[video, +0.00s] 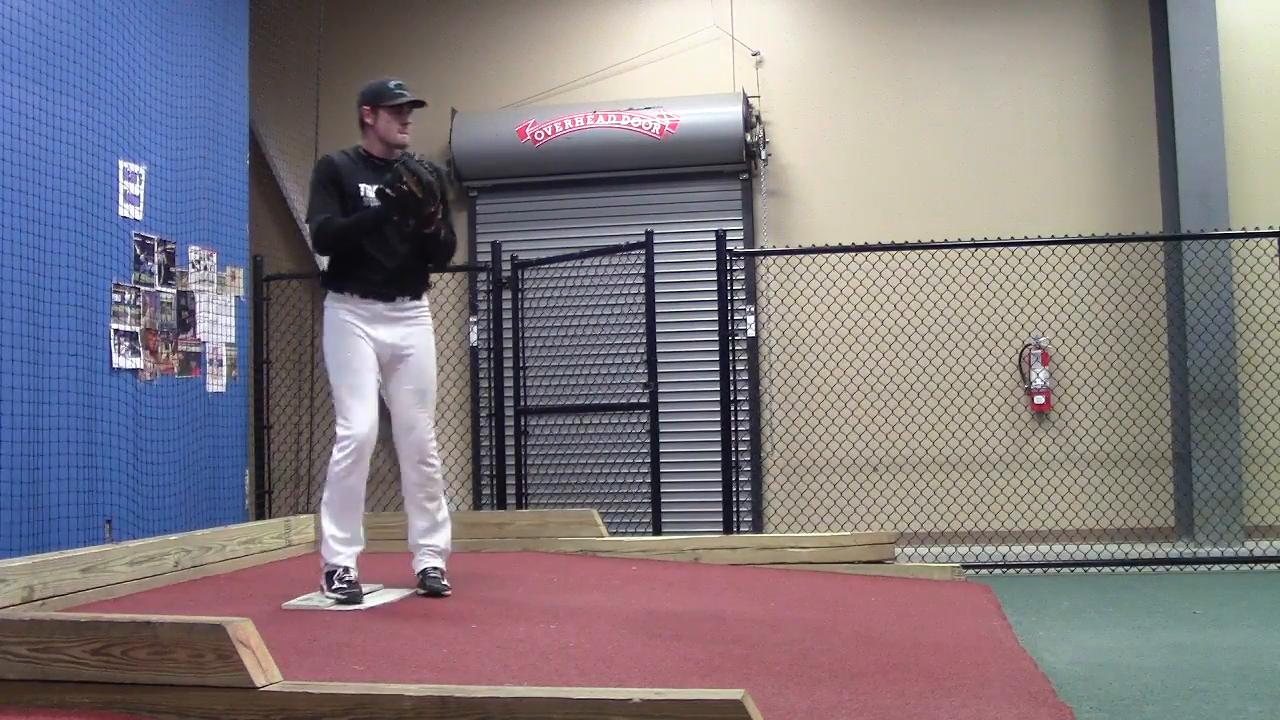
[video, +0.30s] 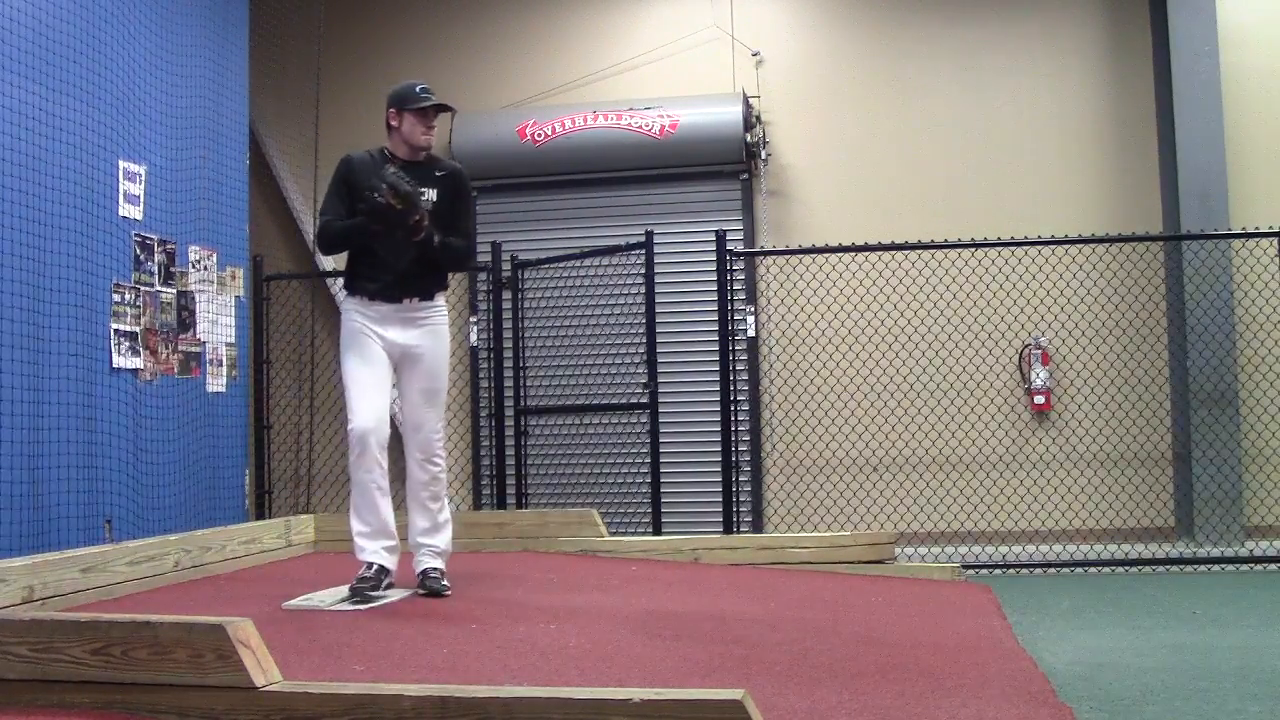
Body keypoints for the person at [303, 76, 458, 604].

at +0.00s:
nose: (406, 121)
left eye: (408, 114)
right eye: (396, 113)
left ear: (408, 120)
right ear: (368, 116)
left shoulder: (420, 175)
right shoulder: (336, 167)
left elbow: (443, 256)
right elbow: (324, 236)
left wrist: (432, 222)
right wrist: (386, 210)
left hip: (410, 319)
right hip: (351, 317)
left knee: (419, 440)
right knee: (358, 432)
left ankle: (431, 558)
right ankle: (339, 562)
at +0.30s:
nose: (430, 125)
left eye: (433, 117)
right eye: (421, 116)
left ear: (435, 124)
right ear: (393, 120)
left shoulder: (451, 178)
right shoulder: (357, 167)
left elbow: (465, 254)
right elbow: (326, 236)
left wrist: (424, 235)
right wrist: (374, 220)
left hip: (426, 322)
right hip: (365, 319)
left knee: (425, 442)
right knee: (365, 430)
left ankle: (430, 559)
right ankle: (376, 560)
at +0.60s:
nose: (415, 122)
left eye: (419, 114)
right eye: (405, 114)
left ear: (423, 120)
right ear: (378, 118)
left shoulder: (437, 171)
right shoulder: (347, 170)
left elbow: (450, 248)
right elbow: (320, 247)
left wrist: (388, 244)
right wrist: (325, 221)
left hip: (426, 320)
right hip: (365, 321)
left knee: (425, 442)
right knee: (369, 436)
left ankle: (431, 559)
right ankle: (379, 565)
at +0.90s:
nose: (391, 125)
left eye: (398, 117)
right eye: (381, 117)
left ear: (408, 121)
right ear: (362, 120)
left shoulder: (417, 163)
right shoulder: (340, 173)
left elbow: (413, 223)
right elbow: (296, 232)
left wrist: (338, 199)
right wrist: (303, 196)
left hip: (420, 298)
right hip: (365, 308)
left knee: (361, 362)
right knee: (368, 427)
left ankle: (379, 515)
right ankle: (381, 566)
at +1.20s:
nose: (388, 122)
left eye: (394, 113)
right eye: (378, 113)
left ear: (402, 117)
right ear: (355, 118)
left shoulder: (411, 155)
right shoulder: (335, 170)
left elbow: (415, 210)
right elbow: (277, 218)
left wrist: (340, 171)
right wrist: (301, 175)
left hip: (435, 294)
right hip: (380, 304)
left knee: (356, 263)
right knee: (377, 430)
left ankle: (358, 406)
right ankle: (380, 566)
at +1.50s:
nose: (395, 159)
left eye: (399, 150)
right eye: (384, 151)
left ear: (404, 153)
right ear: (357, 156)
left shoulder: (412, 195)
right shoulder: (340, 210)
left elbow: (437, 243)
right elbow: (293, 282)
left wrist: (364, 236)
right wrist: (317, 245)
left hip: (454, 331)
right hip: (397, 344)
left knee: (402, 401)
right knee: (363, 444)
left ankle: (403, 544)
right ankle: (376, 566)